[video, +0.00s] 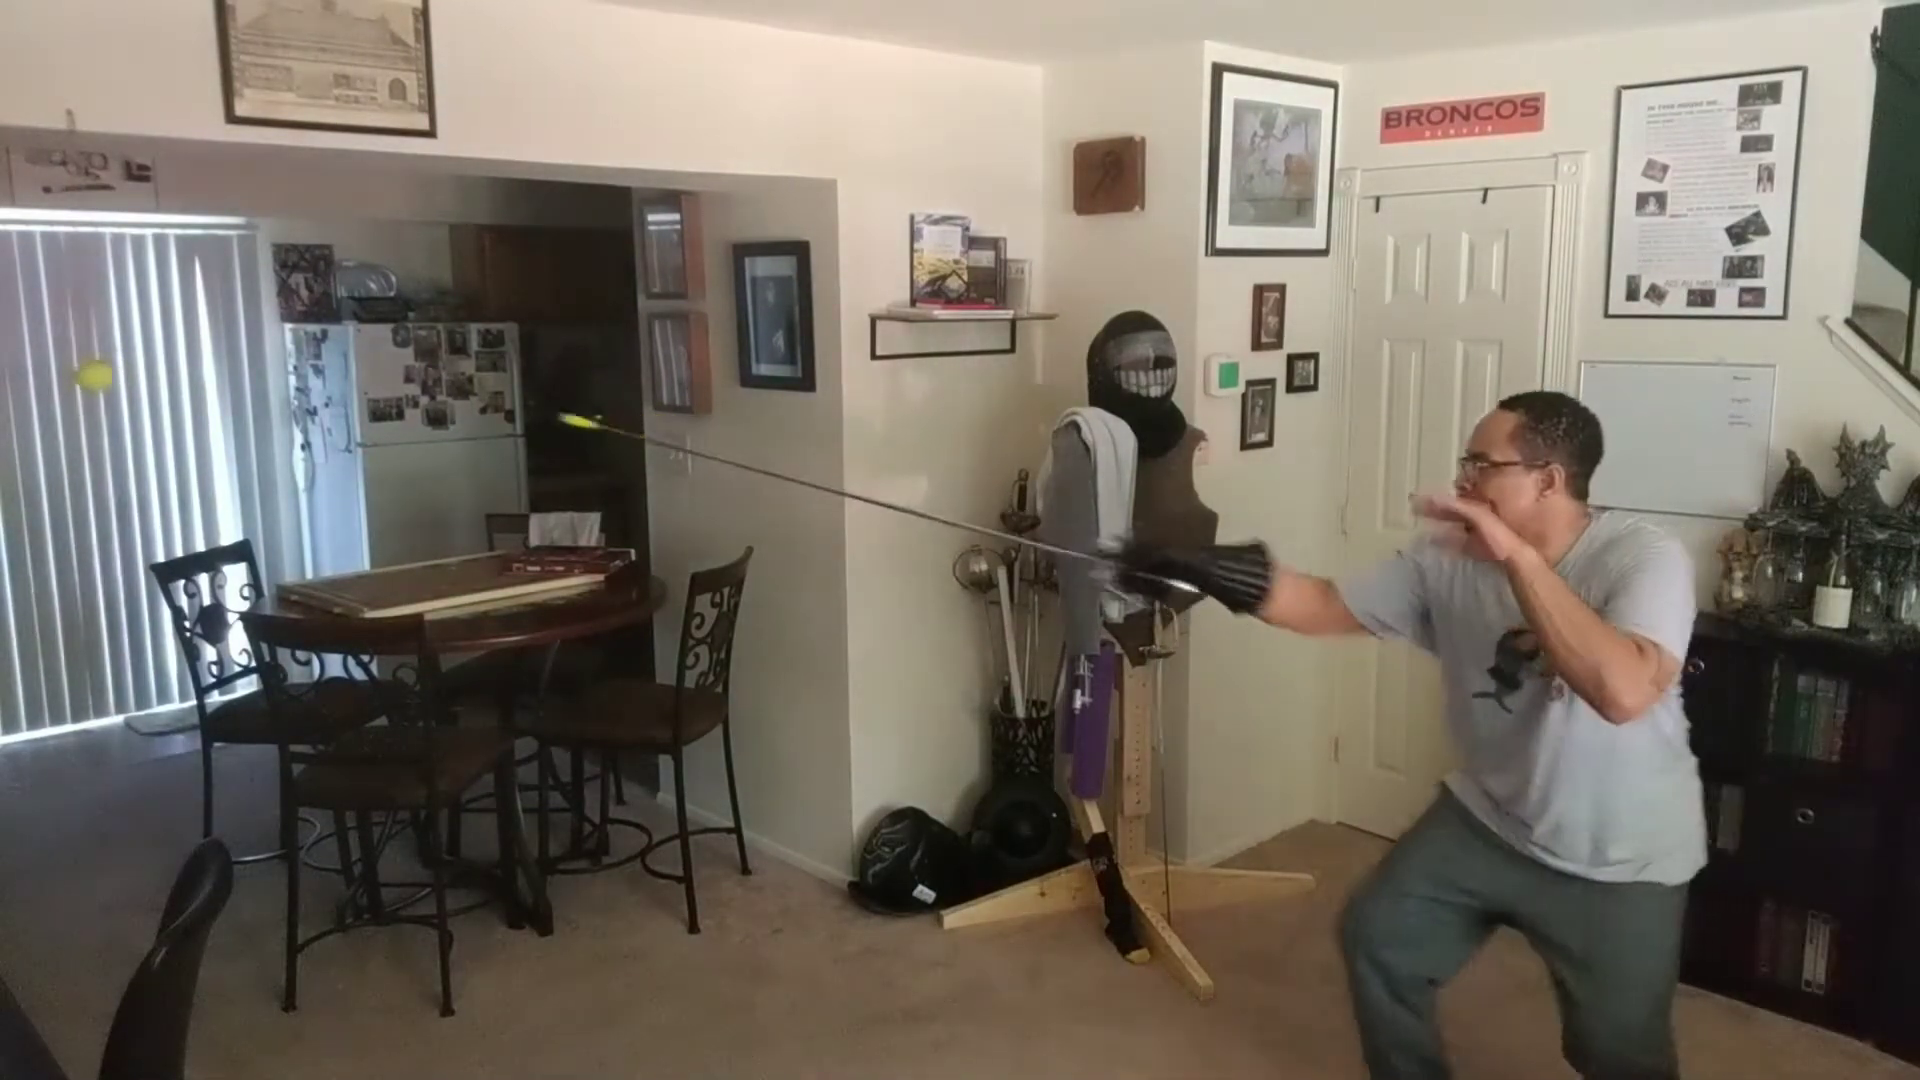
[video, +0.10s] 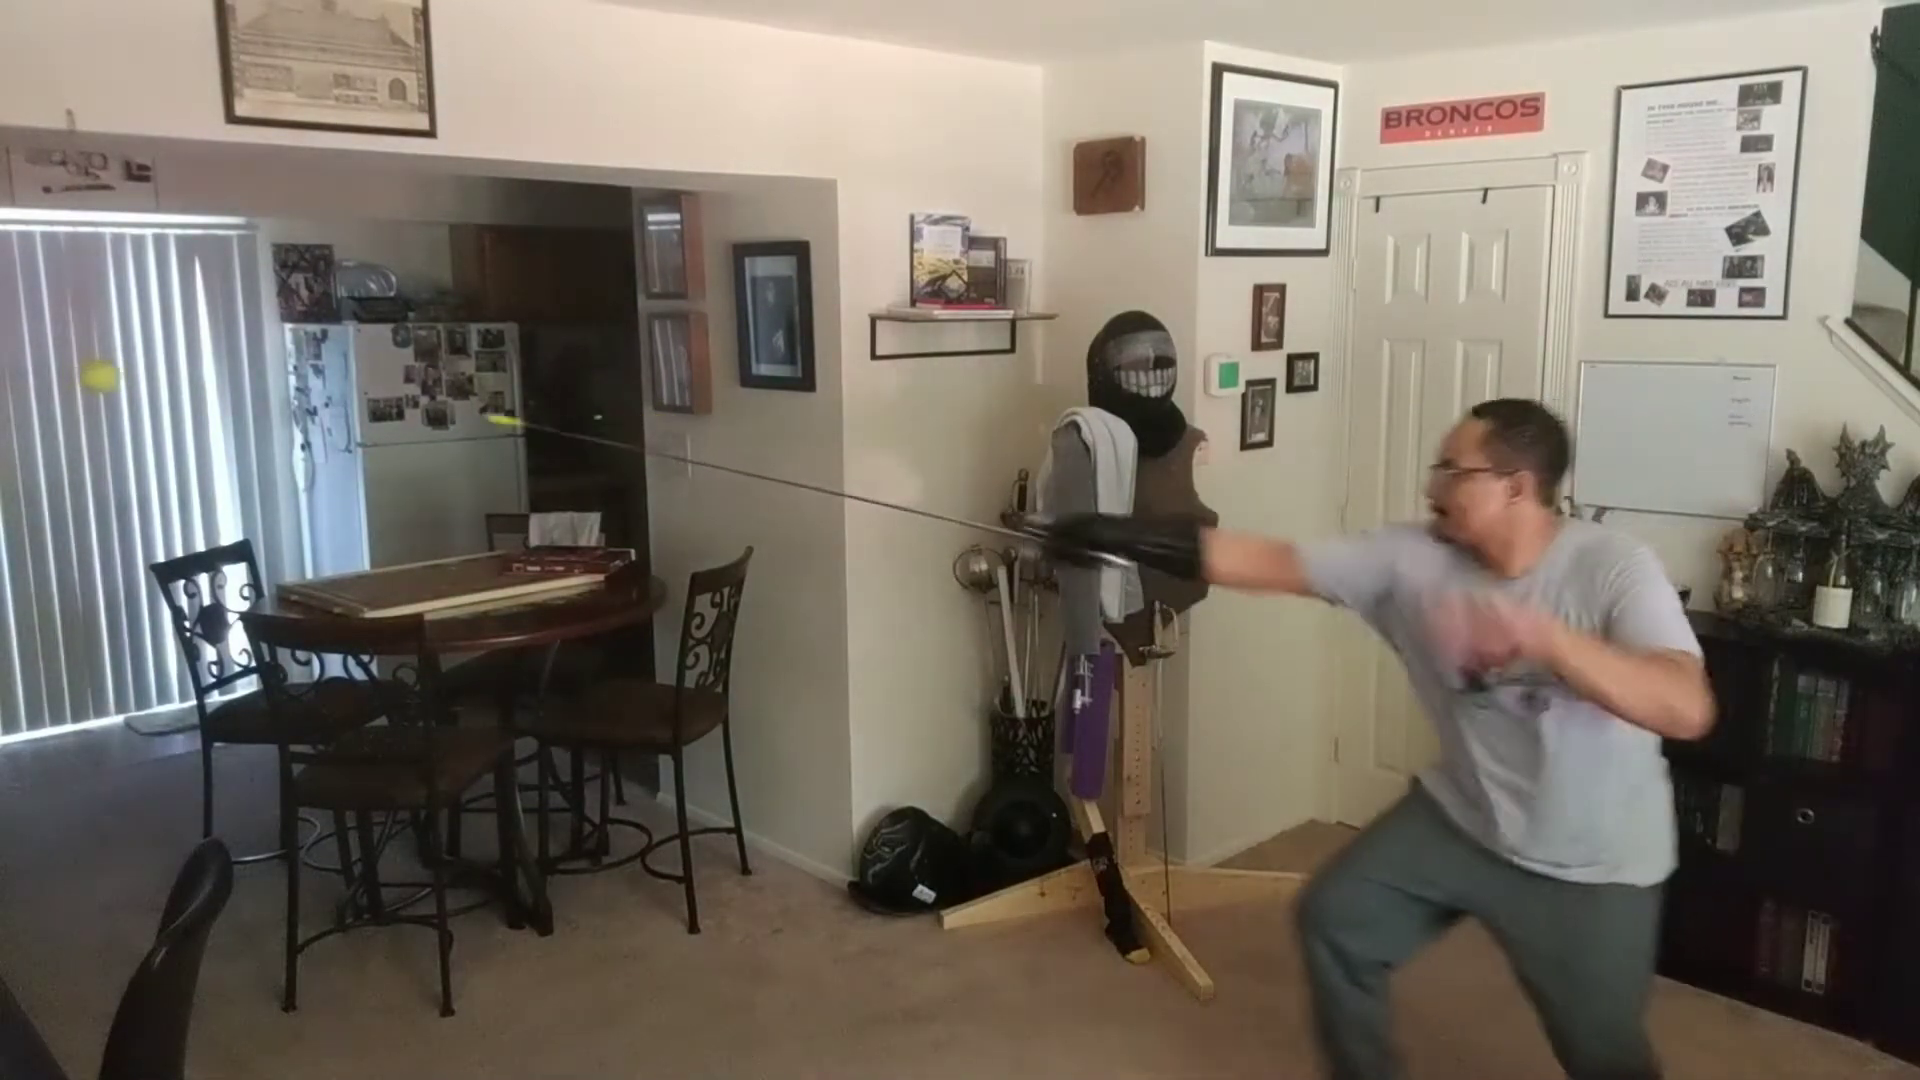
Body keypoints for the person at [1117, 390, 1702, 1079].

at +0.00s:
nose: (1463, 482)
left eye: (1483, 467)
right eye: (1466, 464)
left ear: (1547, 481)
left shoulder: (1647, 560)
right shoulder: (1449, 561)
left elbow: (1626, 690)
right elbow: (1324, 605)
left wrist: (1520, 556)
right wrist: (1202, 564)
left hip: (1621, 867)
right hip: (1487, 821)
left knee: (1622, 1055)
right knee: (1379, 938)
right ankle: (1412, 1071)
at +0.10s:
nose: (1433, 489)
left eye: (1455, 472)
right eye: (1438, 471)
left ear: (1520, 485)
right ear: (1510, 481)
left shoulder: (1612, 567)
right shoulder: (1412, 561)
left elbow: (1688, 706)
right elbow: (1275, 562)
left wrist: (1550, 642)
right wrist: (1136, 535)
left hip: (1594, 866)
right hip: (1458, 823)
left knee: (1607, 1056)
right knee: (1335, 921)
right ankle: (1366, 1071)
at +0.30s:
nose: (1312, 506)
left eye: (1332, 493)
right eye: (1314, 490)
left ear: (1398, 509)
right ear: (1330, 505)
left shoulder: (1509, 590)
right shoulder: (1289, 572)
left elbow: (1652, 666)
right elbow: (1144, 541)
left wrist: (1778, 756)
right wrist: (1015, 514)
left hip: (1494, 881)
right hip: (1351, 828)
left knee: (1552, 1050)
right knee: (1213, 919)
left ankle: (1587, 1078)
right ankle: (1137, 1070)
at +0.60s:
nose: (1008, 539)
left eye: (1029, 528)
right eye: (1013, 522)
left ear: (1086, 546)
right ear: (1031, 537)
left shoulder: (1184, 627)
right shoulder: (989, 602)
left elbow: (1329, 669)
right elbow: (853, 566)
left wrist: (1477, 715)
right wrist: (710, 533)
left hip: (1251, 869)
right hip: (1101, 854)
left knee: (1375, 1006)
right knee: (974, 945)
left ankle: (1478, 1068)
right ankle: (974, 1074)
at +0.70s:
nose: (939, 556)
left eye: (958, 544)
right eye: (944, 540)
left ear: (1014, 561)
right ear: (970, 555)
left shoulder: (1115, 628)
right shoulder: (927, 614)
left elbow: (1257, 674)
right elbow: (792, 579)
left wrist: (1402, 726)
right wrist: (668, 551)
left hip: (1201, 861)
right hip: (1058, 851)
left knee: (1340, 1003)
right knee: (938, 938)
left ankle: (1439, 1070)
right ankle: (971, 1076)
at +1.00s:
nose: (878, 546)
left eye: (895, 532)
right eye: (883, 530)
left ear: (949, 544)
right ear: (922, 542)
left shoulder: (1057, 607)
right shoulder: (884, 607)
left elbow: (1195, 645)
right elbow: (751, 592)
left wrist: (1302, 702)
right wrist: (636, 568)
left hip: (1165, 835)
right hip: (1029, 830)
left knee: (1292, 974)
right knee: (922, 934)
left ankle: (1423, 1068)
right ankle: (966, 1078)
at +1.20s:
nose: (969, 519)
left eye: (986, 503)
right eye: (974, 502)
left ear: (1041, 513)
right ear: (1016, 517)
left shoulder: (1141, 592)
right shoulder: (967, 604)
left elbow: (1278, 678)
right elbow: (843, 639)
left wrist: (1205, 661)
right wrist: (708, 622)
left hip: (1205, 849)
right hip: (1069, 834)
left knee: (1294, 1030)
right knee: (965, 942)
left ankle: (1425, 1078)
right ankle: (968, 1078)